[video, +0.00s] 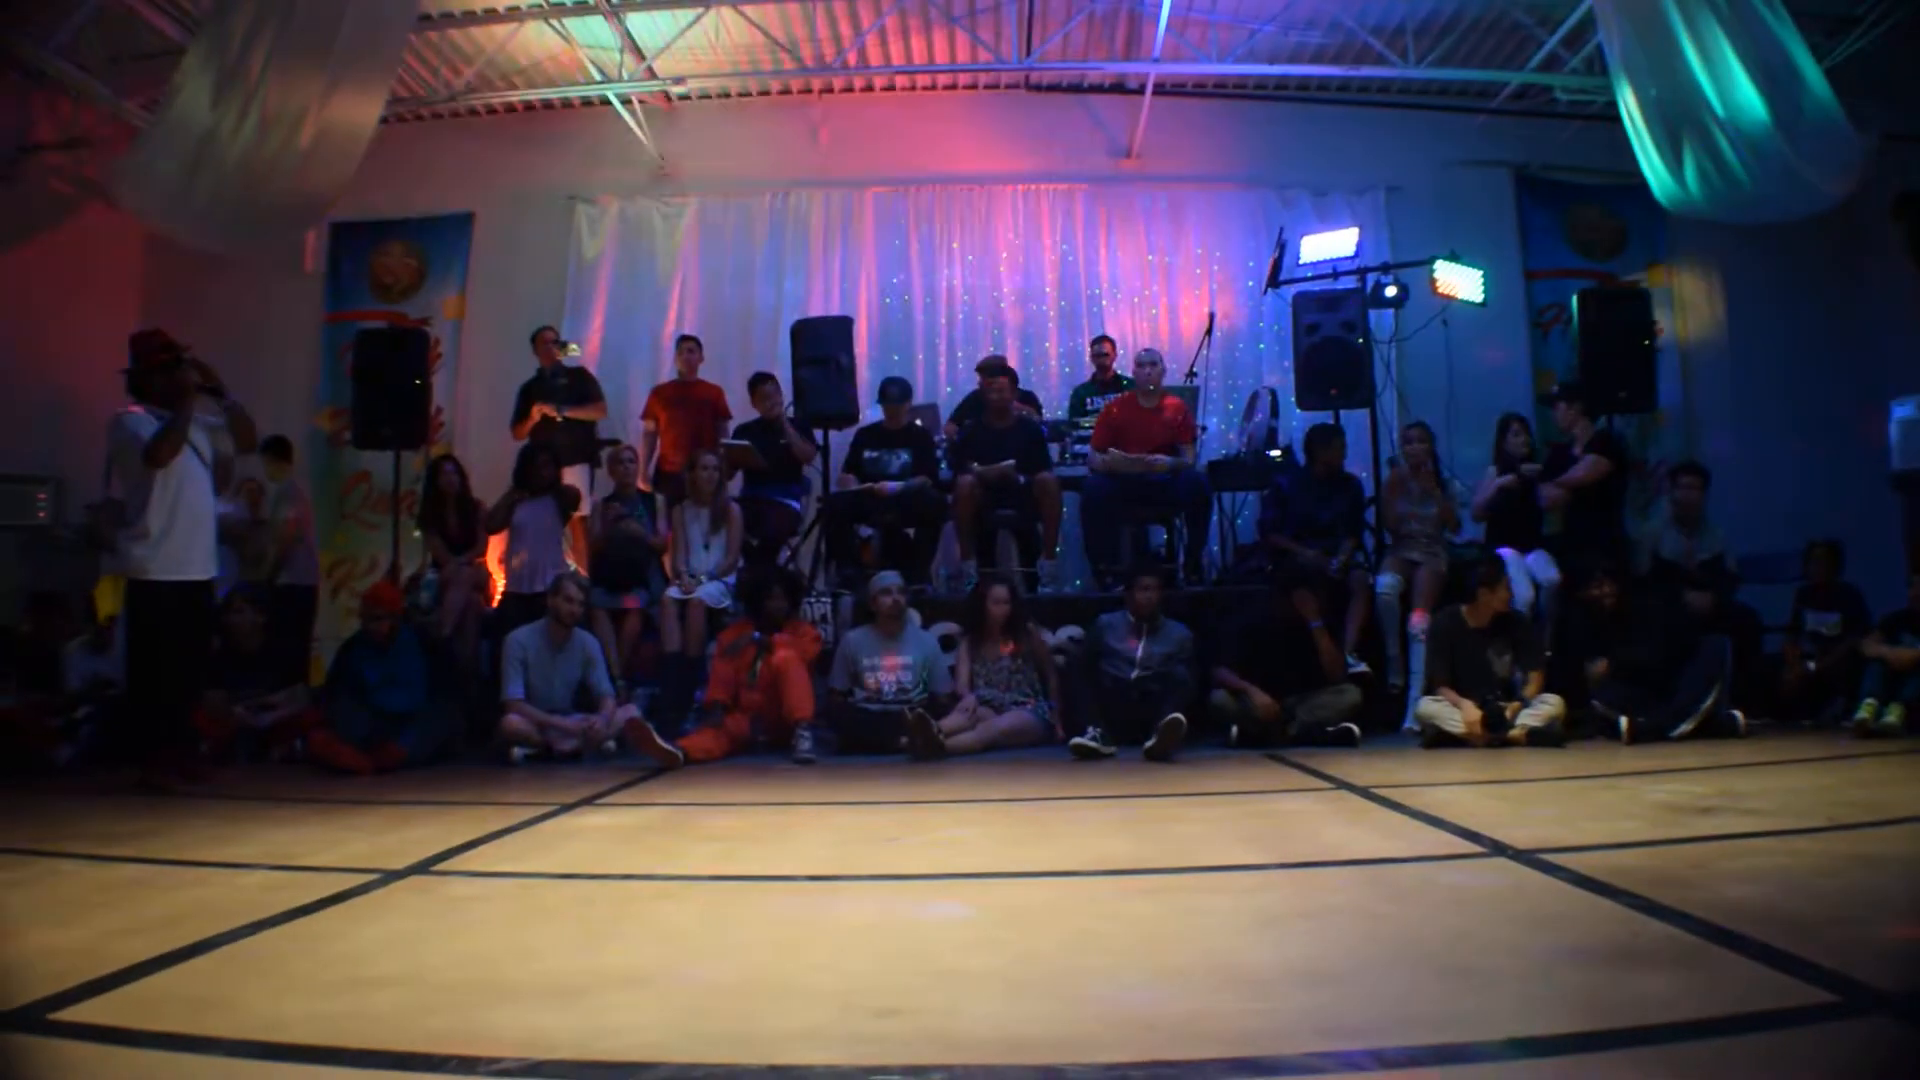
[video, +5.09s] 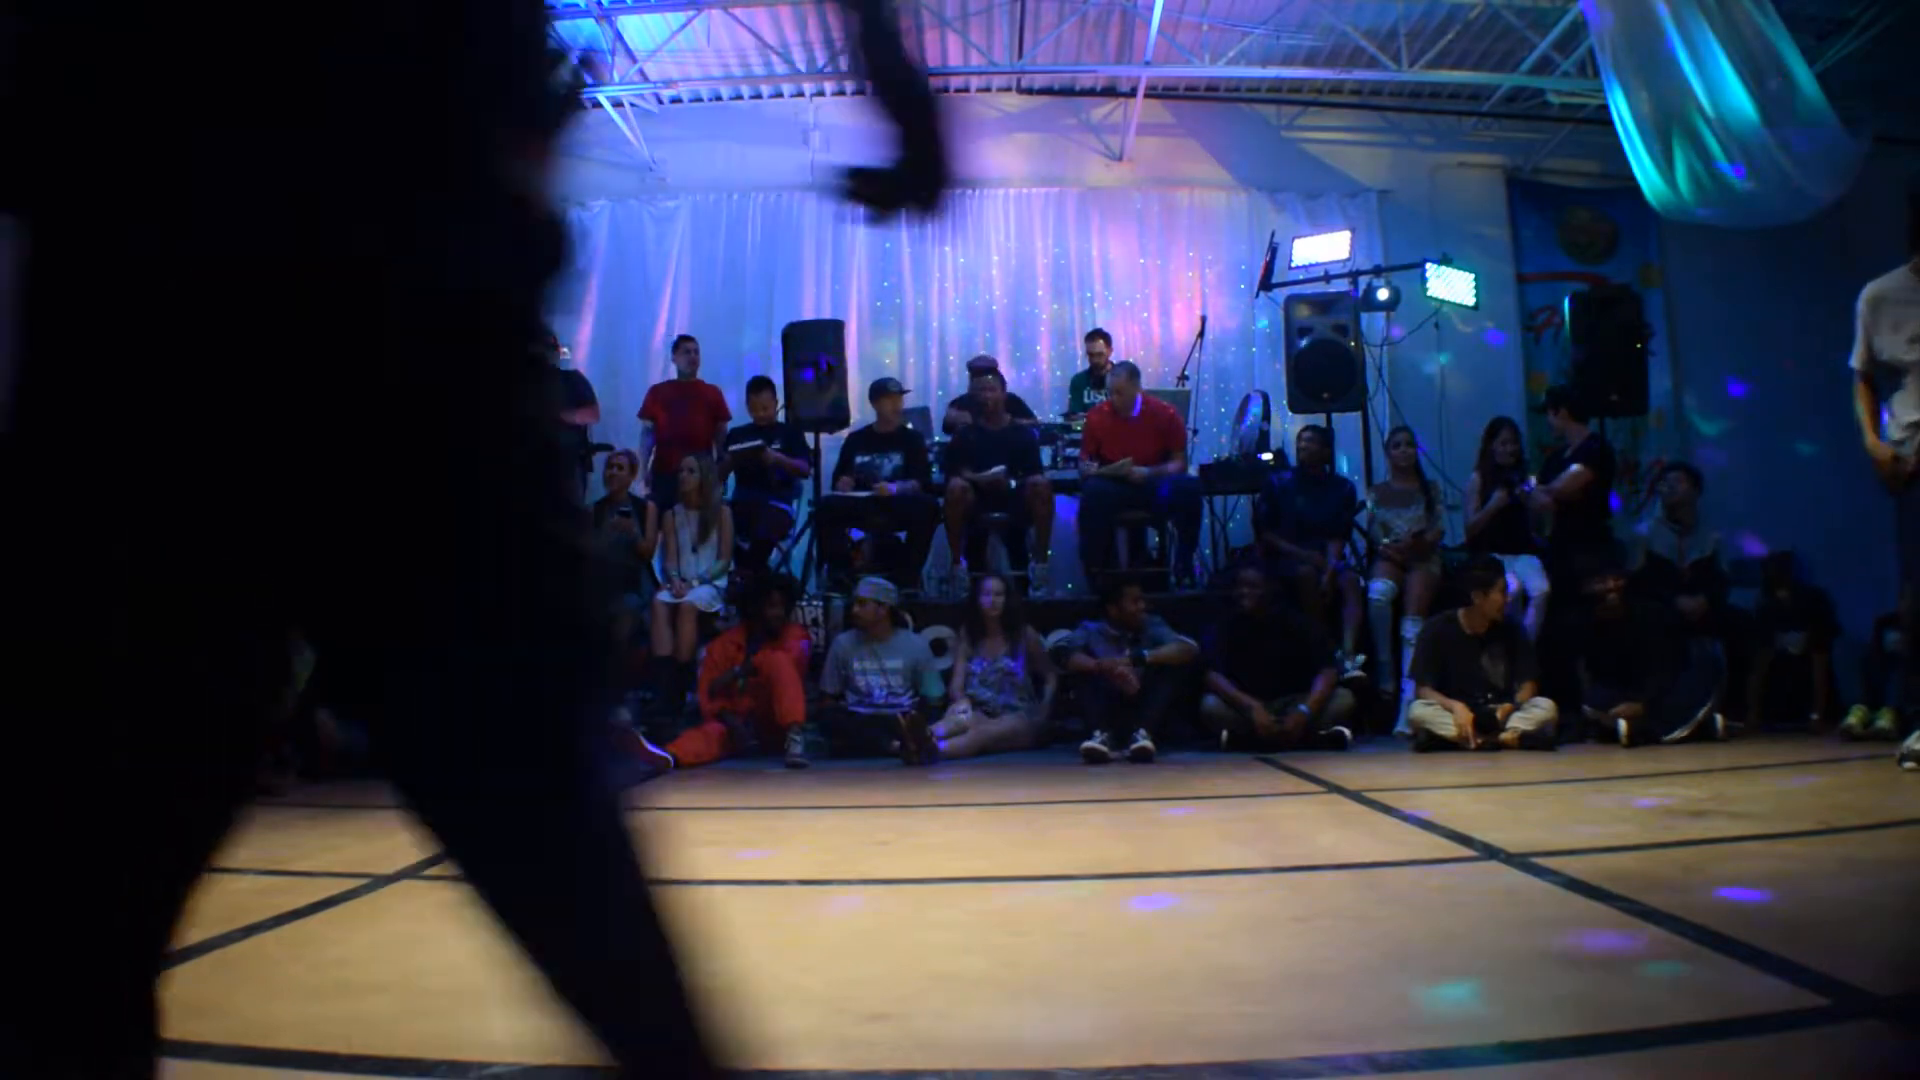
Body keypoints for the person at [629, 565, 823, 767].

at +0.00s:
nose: (777, 606)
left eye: (783, 599)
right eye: (771, 598)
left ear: (793, 603)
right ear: (757, 601)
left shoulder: (803, 631)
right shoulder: (736, 635)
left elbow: (805, 653)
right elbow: (722, 676)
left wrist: (767, 641)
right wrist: (716, 708)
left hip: (782, 713)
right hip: (745, 717)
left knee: (786, 658)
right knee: (718, 736)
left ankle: (803, 732)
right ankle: (679, 751)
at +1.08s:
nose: (773, 611)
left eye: (779, 605)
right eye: (767, 604)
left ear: (788, 608)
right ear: (753, 606)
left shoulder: (796, 636)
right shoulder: (727, 639)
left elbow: (794, 657)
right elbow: (711, 683)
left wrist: (755, 661)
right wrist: (712, 709)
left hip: (777, 714)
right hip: (739, 717)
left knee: (777, 662)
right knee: (716, 737)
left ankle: (795, 737)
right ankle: (672, 755)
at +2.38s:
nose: (757, 611)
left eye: (765, 605)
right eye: (755, 603)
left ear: (782, 610)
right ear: (749, 605)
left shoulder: (795, 636)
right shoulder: (726, 643)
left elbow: (786, 666)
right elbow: (707, 705)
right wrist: (731, 709)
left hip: (772, 719)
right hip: (736, 722)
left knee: (774, 660)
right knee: (711, 735)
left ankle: (794, 737)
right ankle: (670, 755)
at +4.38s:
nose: (777, 613)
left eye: (782, 607)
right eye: (770, 606)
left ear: (788, 609)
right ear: (754, 608)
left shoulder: (796, 636)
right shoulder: (725, 645)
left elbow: (785, 661)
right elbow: (709, 703)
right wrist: (732, 718)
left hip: (774, 720)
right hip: (737, 724)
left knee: (779, 660)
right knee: (709, 736)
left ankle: (794, 736)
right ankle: (670, 755)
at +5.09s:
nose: (778, 614)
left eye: (783, 607)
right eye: (771, 606)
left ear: (788, 609)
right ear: (755, 607)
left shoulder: (794, 636)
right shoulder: (724, 645)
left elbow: (788, 660)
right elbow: (708, 705)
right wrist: (732, 719)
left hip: (774, 719)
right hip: (737, 722)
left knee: (777, 660)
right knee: (710, 734)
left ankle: (795, 736)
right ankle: (669, 756)